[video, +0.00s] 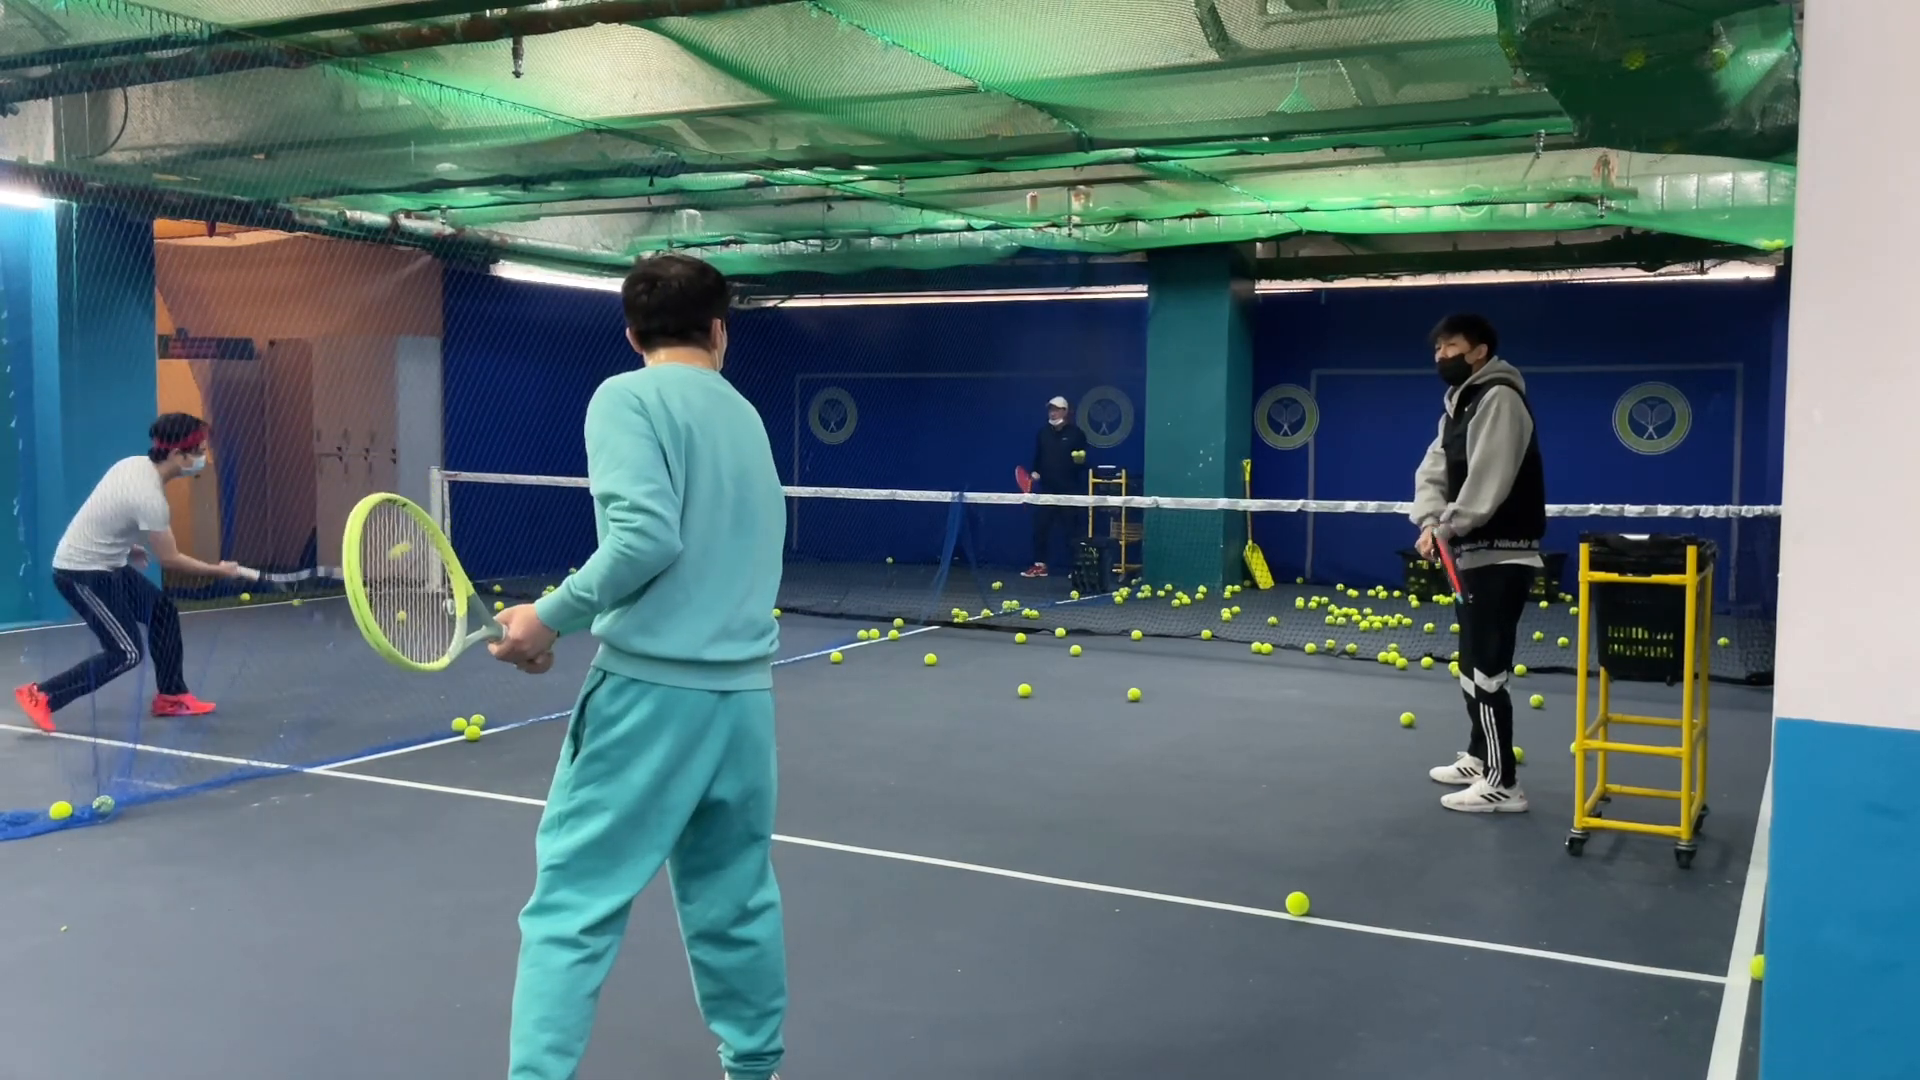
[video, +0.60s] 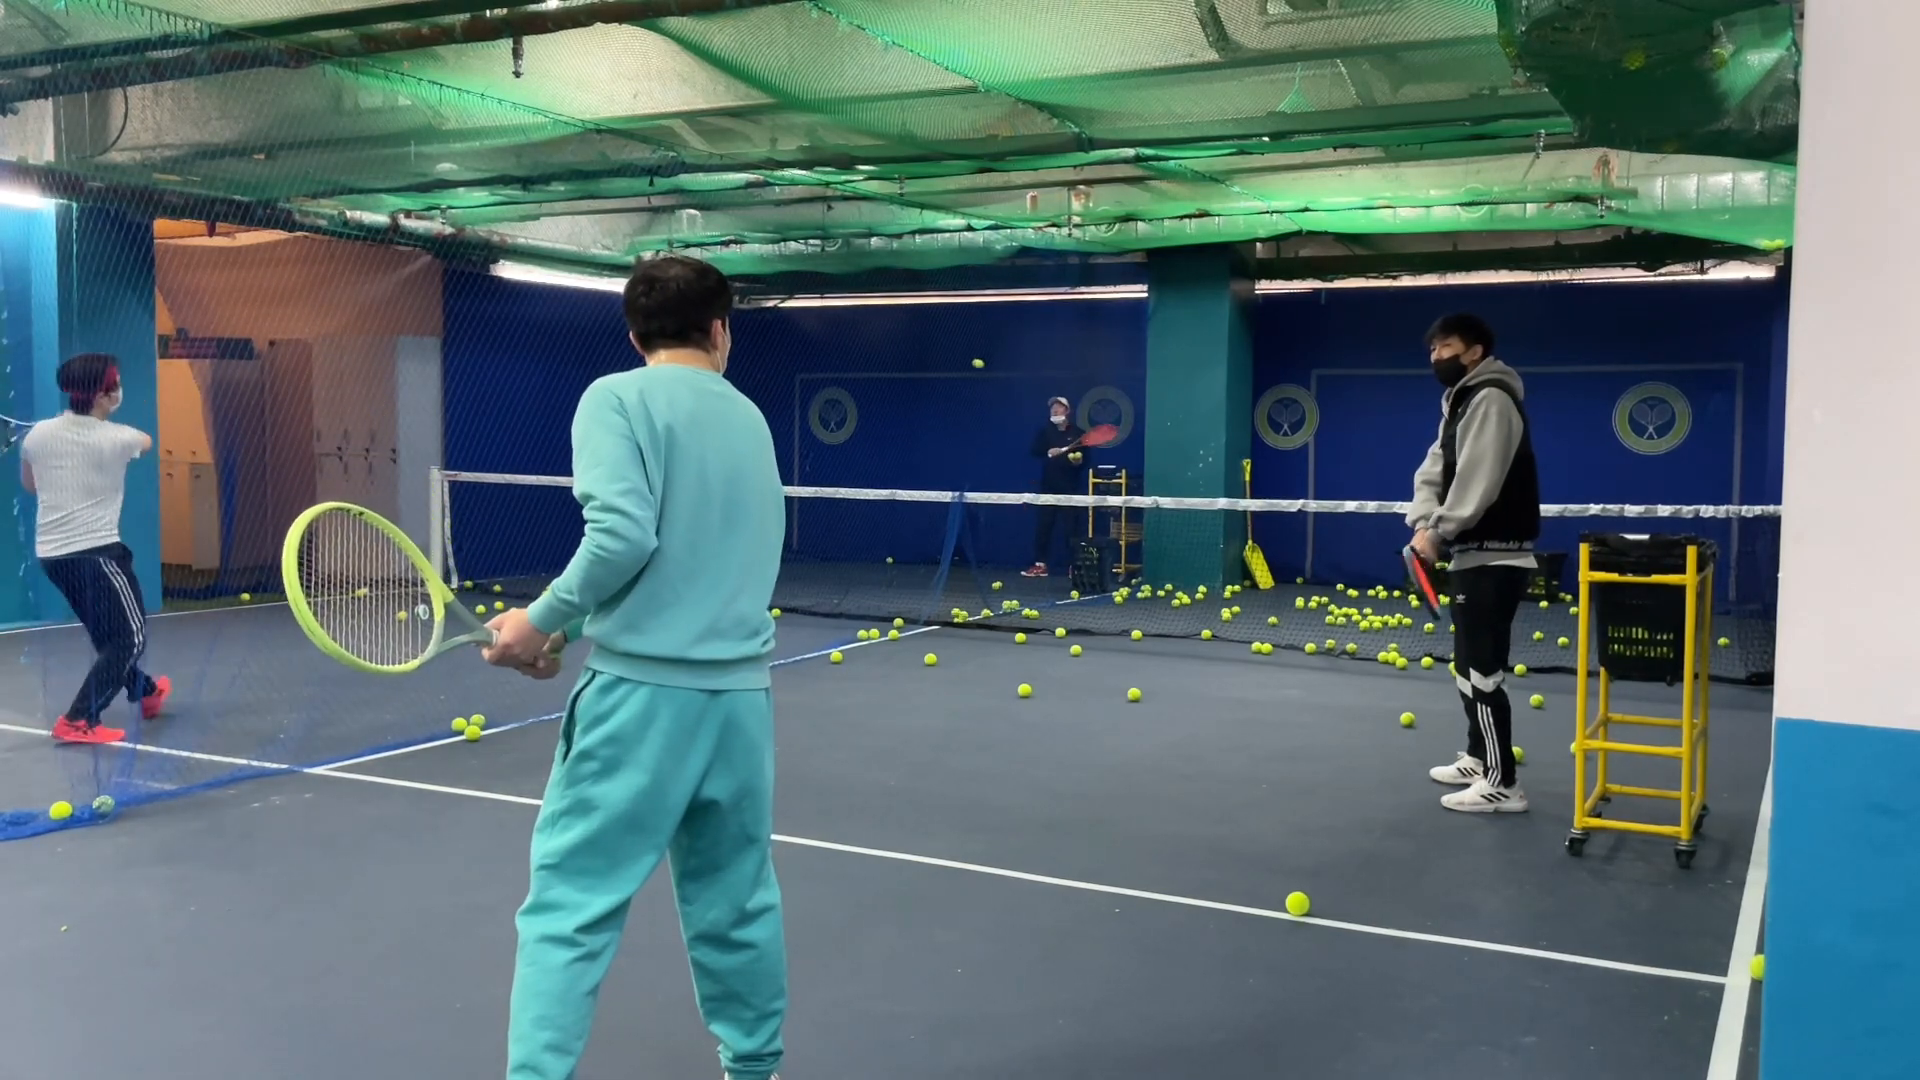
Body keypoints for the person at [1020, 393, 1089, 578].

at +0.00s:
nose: (1052, 413)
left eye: (1056, 409)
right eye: (1050, 409)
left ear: (1065, 412)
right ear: (1048, 411)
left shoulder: (1076, 433)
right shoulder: (1043, 433)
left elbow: (1084, 461)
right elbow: (1039, 457)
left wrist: (1080, 459)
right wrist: (1035, 472)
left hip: (1070, 485)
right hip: (1047, 485)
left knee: (1072, 526)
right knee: (1041, 525)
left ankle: (1076, 567)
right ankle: (1040, 564)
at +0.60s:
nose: (1056, 414)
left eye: (1060, 411)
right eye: (1054, 411)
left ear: (1067, 412)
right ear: (1050, 413)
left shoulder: (1076, 433)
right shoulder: (1045, 432)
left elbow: (1084, 459)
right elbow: (1034, 452)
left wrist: (1078, 461)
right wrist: (1048, 452)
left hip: (1070, 485)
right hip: (1048, 484)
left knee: (1071, 525)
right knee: (1044, 524)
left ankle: (1074, 565)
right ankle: (1040, 563)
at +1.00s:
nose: (1067, 408)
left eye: (1070, 405)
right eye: (1064, 405)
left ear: (1075, 408)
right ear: (1058, 408)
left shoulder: (1078, 432)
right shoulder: (1048, 428)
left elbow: (1083, 456)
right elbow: (1030, 445)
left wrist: (1089, 460)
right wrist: (1027, 460)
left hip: (1071, 484)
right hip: (1048, 483)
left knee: (1072, 524)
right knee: (1046, 523)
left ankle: (1072, 565)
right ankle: (1044, 564)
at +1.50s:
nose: (1039, 411)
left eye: (1043, 408)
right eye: (1036, 408)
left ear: (1050, 410)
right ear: (1032, 411)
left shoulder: (1059, 433)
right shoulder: (1025, 433)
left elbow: (1071, 459)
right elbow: (1015, 457)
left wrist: (1062, 459)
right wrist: (1009, 478)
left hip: (1053, 485)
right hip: (1032, 484)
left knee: (1049, 524)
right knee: (1036, 525)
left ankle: (1046, 565)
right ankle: (1042, 565)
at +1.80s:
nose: (1030, 412)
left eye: (1034, 409)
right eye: (1028, 408)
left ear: (1043, 412)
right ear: (1025, 411)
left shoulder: (1052, 434)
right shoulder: (1022, 435)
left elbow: (1057, 464)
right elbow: (1015, 462)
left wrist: (1037, 470)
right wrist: (1010, 477)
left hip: (1046, 489)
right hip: (1025, 488)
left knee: (1042, 528)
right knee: (1018, 528)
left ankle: (1037, 569)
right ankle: (1036, 559)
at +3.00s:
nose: (1022, 420)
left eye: (1026, 417)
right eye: (1020, 417)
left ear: (1035, 419)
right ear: (1018, 420)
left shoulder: (1047, 439)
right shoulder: (1015, 442)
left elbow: (1054, 465)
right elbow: (1006, 468)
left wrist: (1052, 490)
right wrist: (1002, 492)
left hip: (1050, 491)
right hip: (1028, 491)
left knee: (1058, 530)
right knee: (1019, 529)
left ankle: (1064, 566)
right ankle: (1015, 565)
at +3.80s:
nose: (1015, 422)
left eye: (1019, 419)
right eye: (1013, 418)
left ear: (1027, 420)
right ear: (1010, 419)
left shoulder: (1037, 441)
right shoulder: (1004, 441)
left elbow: (1042, 468)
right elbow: (995, 468)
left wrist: (1038, 491)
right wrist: (988, 491)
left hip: (1036, 491)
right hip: (1011, 492)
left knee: (1045, 526)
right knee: (1010, 529)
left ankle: (1053, 564)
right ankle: (1013, 565)